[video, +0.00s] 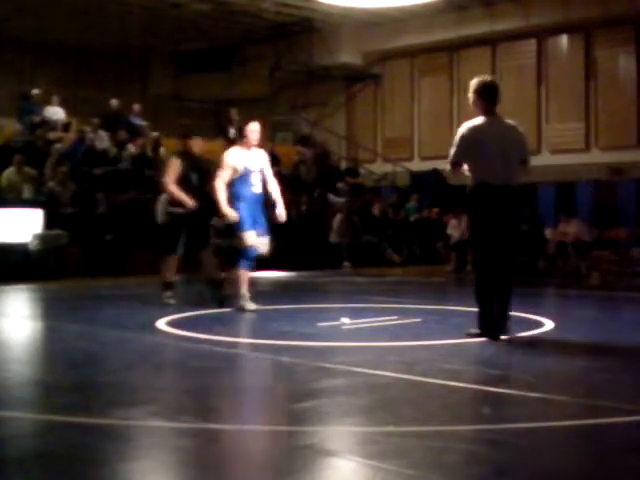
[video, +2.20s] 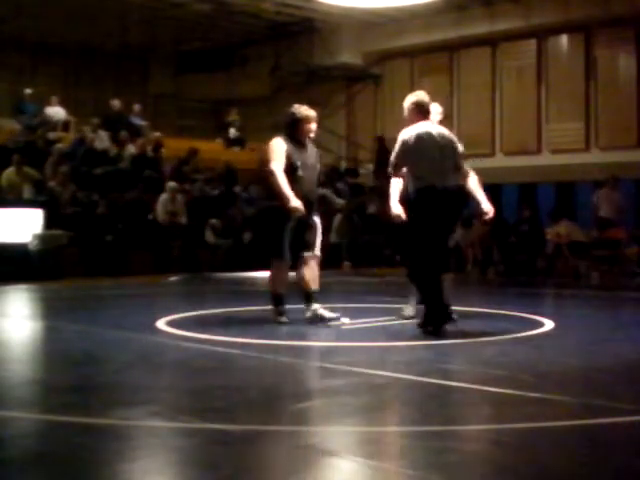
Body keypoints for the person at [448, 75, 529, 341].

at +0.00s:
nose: (471, 101)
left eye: (472, 97)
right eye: (472, 96)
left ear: (476, 100)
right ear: (497, 100)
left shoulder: (469, 131)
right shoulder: (513, 131)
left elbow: (454, 165)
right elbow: (525, 162)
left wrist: (470, 166)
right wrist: (503, 163)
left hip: (481, 199)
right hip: (509, 200)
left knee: (483, 260)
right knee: (504, 259)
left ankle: (487, 325)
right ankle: (500, 322)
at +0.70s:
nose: (446, 111)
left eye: (447, 106)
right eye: (446, 106)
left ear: (454, 106)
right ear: (470, 106)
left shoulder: (455, 130)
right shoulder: (484, 134)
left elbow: (432, 158)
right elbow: (495, 167)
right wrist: (474, 168)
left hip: (461, 198)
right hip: (483, 198)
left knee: (453, 254)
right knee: (477, 254)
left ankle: (463, 318)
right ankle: (472, 314)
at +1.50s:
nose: (419, 111)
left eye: (420, 107)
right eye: (421, 107)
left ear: (424, 108)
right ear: (443, 106)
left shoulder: (420, 134)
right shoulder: (460, 129)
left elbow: (403, 165)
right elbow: (486, 150)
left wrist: (414, 185)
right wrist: (473, 176)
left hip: (433, 197)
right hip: (459, 194)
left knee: (439, 261)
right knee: (460, 259)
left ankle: (444, 322)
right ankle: (468, 321)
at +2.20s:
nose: (404, 118)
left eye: (405, 114)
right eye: (405, 114)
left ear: (411, 113)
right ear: (430, 112)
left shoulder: (408, 136)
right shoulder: (447, 136)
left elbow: (397, 173)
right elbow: (465, 172)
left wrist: (394, 202)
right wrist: (484, 201)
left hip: (422, 202)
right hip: (451, 201)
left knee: (421, 259)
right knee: (435, 256)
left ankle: (436, 315)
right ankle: (437, 311)